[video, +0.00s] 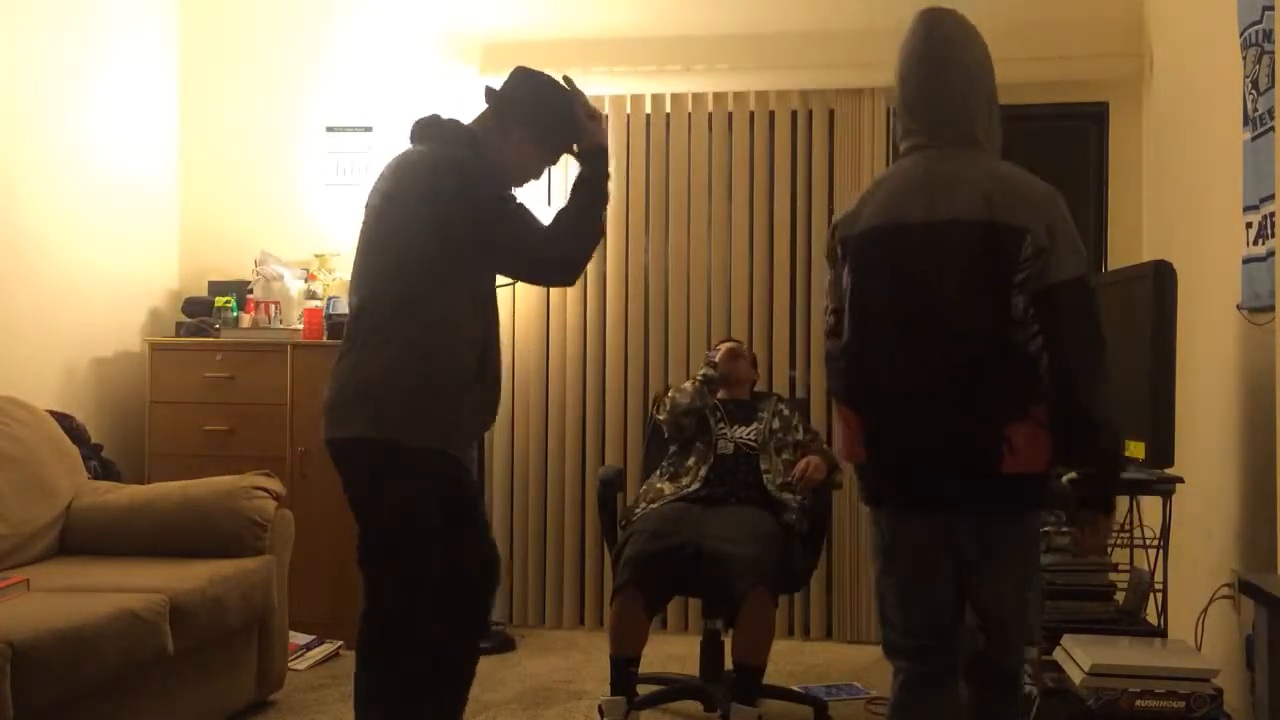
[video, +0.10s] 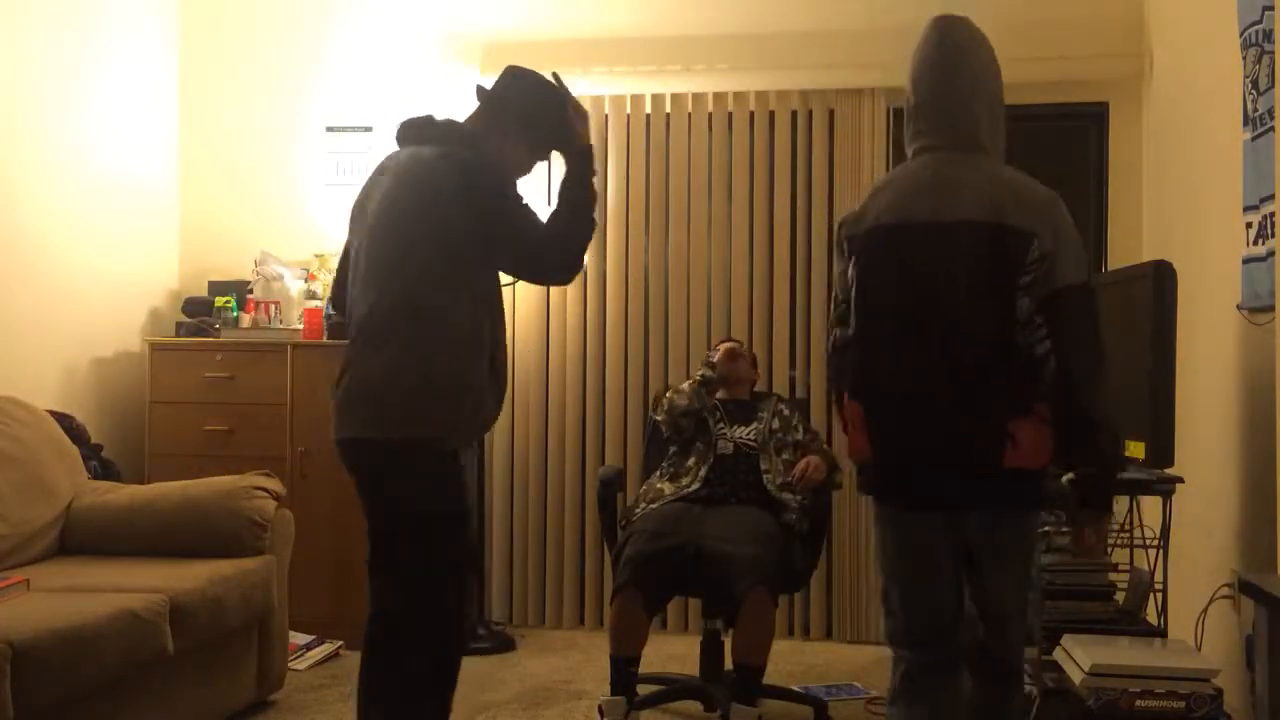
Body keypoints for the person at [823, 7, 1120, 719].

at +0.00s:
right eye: (982, 84)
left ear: (902, 97)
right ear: (985, 90)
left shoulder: (860, 216)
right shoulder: (1030, 204)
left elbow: (842, 356)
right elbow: (1075, 357)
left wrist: (866, 446)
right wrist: (1095, 482)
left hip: (900, 482)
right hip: (1003, 478)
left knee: (918, 665)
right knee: (1000, 667)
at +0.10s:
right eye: (987, 87)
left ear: (916, 97)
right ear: (992, 93)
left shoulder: (865, 216)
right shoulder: (1034, 209)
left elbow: (846, 345)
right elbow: (1074, 357)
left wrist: (857, 430)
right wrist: (1093, 484)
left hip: (903, 476)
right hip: (1004, 474)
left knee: (920, 657)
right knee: (1001, 660)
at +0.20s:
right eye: (994, 89)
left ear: (921, 98)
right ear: (997, 97)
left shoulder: (868, 212)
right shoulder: (1039, 210)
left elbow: (843, 339)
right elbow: (1069, 354)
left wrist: (865, 428)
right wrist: (1080, 476)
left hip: (906, 465)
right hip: (1005, 467)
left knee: (915, 648)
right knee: (1000, 650)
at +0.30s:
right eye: (993, 92)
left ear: (924, 98)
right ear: (998, 100)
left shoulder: (871, 210)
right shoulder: (1038, 214)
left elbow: (846, 332)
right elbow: (1069, 346)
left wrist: (857, 401)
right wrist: (1057, 434)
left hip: (903, 459)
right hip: (1004, 462)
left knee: (901, 645)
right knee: (995, 649)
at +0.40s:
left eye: (929, 96)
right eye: (988, 99)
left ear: (923, 103)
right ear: (996, 108)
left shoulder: (869, 212)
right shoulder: (1034, 217)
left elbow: (846, 329)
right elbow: (1061, 341)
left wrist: (852, 391)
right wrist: (1050, 429)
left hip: (902, 454)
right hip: (1000, 458)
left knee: (892, 635)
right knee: (991, 636)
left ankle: (896, 715)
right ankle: (984, 715)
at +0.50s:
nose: (921, 113)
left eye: (921, 101)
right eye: (982, 103)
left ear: (919, 107)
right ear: (991, 112)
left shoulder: (870, 212)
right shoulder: (1028, 219)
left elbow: (847, 332)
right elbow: (1053, 344)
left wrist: (859, 399)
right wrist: (1043, 427)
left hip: (901, 461)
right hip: (997, 463)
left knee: (878, 631)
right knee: (990, 643)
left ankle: (895, 716)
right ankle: (982, 717)